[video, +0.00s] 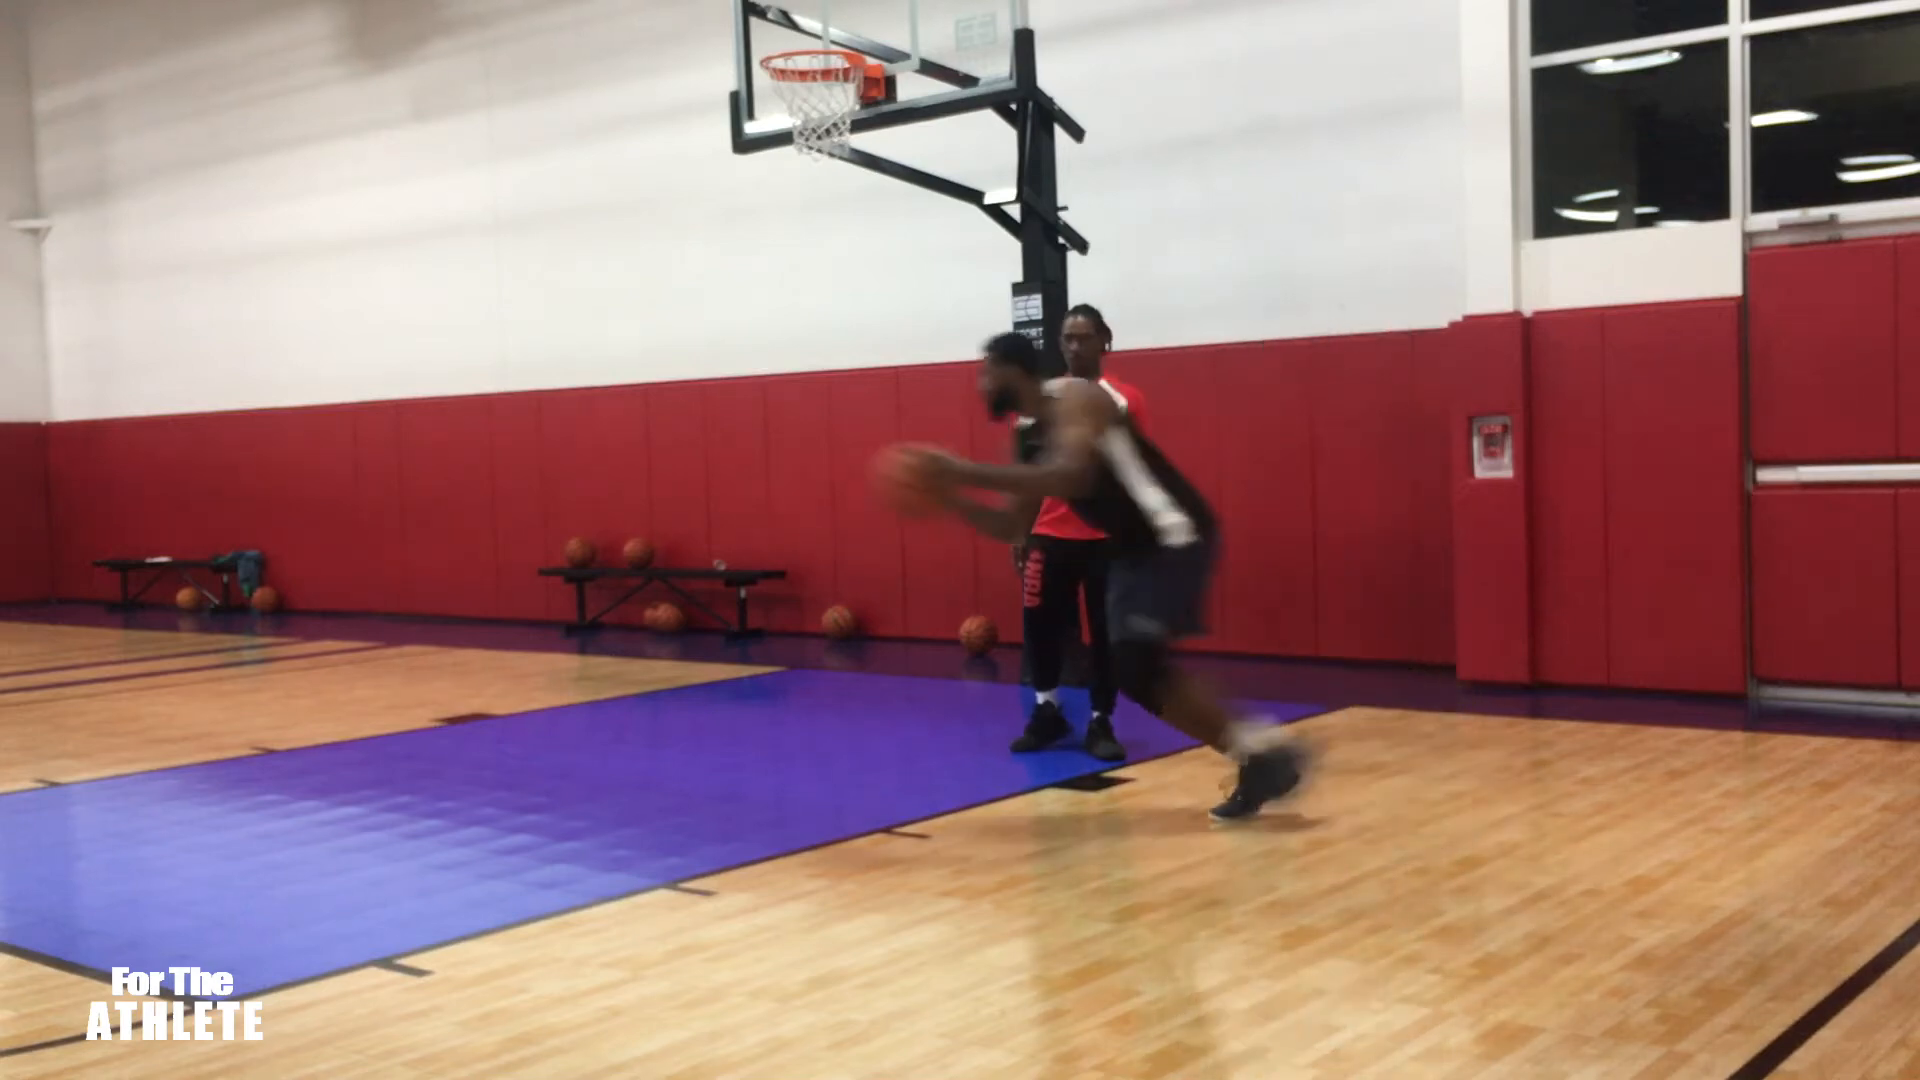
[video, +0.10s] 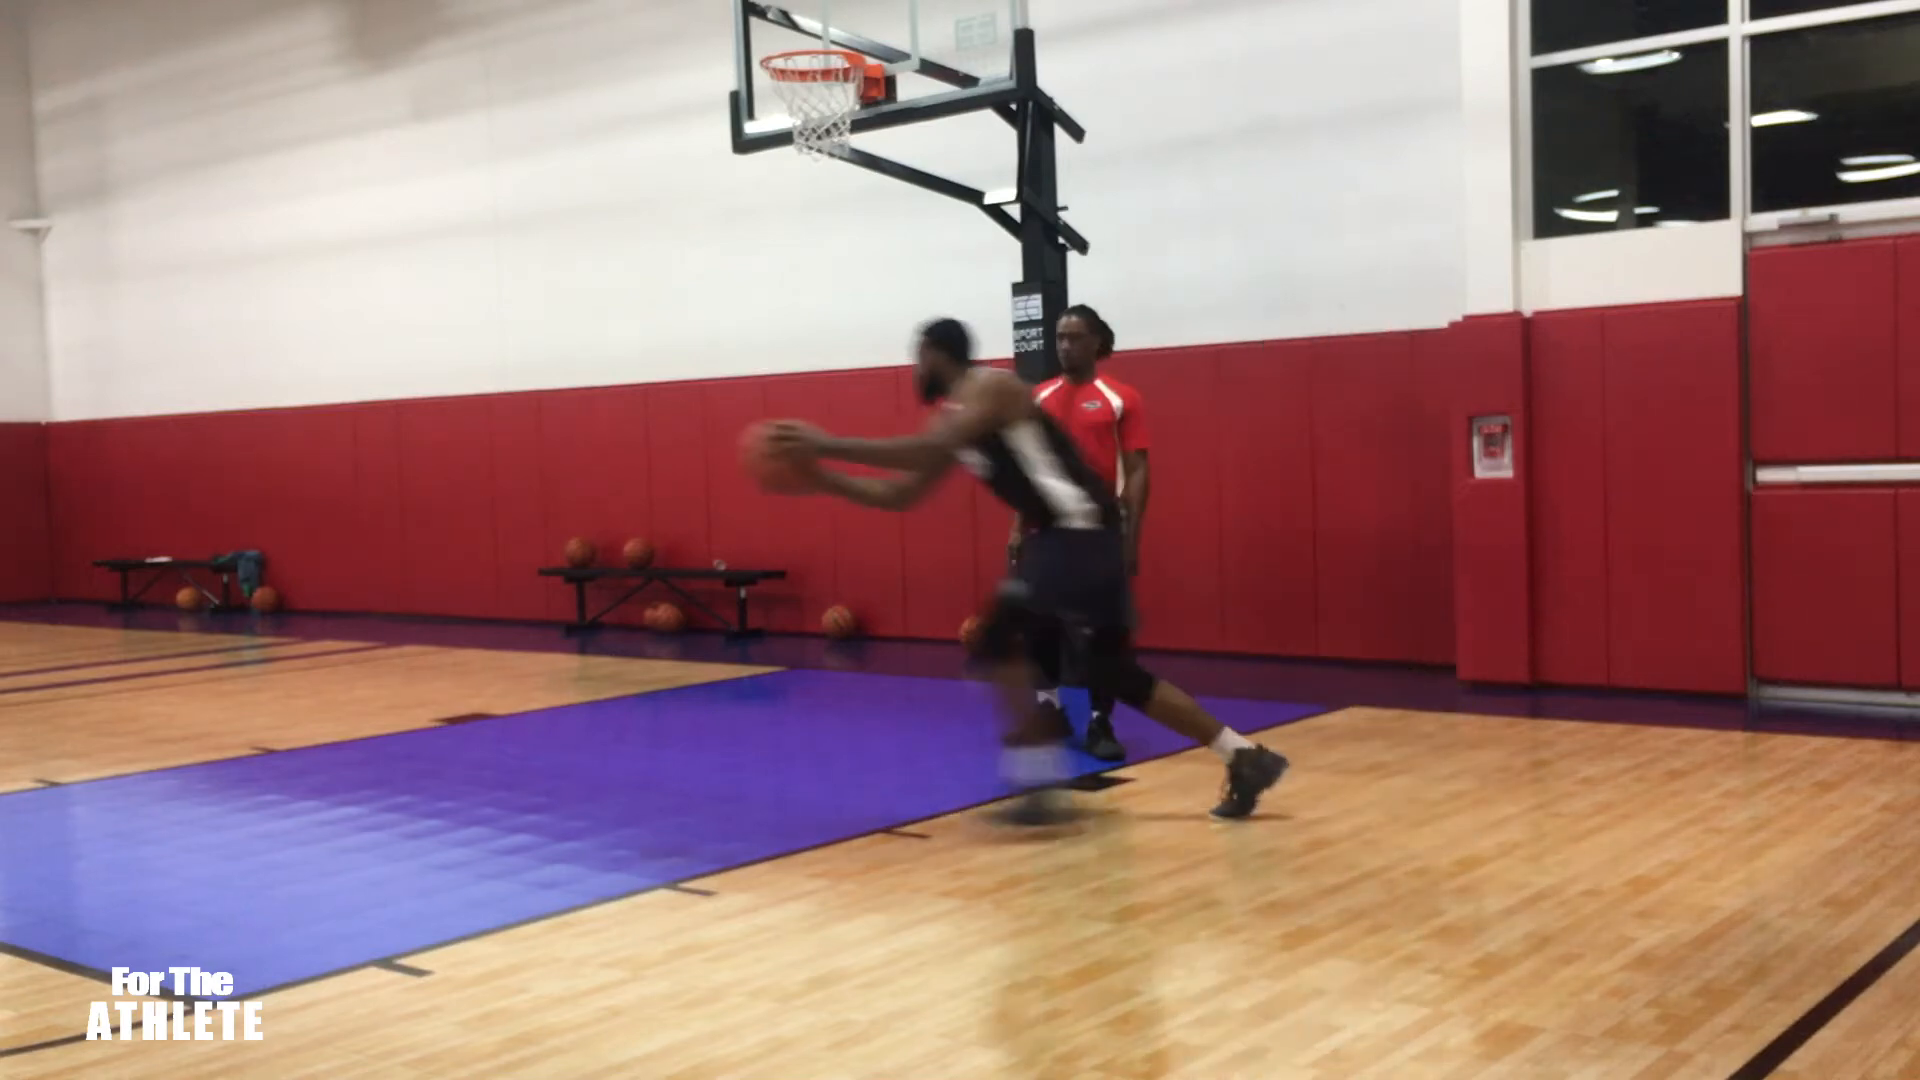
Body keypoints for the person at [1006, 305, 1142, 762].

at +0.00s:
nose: (1075, 347)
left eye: (1085, 338)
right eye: (1068, 338)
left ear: (1105, 343)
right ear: (1059, 345)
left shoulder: (1121, 399)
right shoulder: (1042, 400)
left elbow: (1124, 468)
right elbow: (1028, 472)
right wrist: (1021, 532)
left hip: (1104, 533)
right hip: (1051, 529)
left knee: (1106, 627)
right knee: (1042, 618)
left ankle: (1102, 719)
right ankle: (1045, 710)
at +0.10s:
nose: (1065, 345)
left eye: (1075, 337)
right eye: (1060, 337)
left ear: (1100, 343)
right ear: (1055, 343)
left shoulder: (1121, 398)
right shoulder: (1042, 399)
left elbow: (1136, 469)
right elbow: (1030, 471)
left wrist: (1130, 537)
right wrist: (1020, 528)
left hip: (1101, 528)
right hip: (1050, 528)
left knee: (1103, 629)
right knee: (1039, 622)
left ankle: (1101, 719)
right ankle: (1046, 707)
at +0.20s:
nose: (1056, 345)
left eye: (1066, 337)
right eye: (1053, 338)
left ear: (1090, 343)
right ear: (1049, 343)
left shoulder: (1115, 398)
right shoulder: (1037, 399)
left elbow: (1132, 470)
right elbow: (1028, 464)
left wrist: (1128, 537)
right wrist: (1014, 521)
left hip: (1097, 536)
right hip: (1046, 537)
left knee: (1102, 632)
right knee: (1043, 625)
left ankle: (1101, 719)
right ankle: (1053, 709)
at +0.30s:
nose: (1045, 345)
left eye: (1055, 338)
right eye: (1044, 338)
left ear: (1080, 344)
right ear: (1045, 342)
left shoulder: (1107, 399)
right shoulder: (1031, 400)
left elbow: (1125, 470)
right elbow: (1023, 467)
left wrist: (1121, 537)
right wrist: (1009, 529)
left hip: (1090, 538)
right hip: (1042, 539)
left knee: (1095, 632)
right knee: (1043, 628)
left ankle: (1099, 721)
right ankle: (1048, 718)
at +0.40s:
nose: (1036, 345)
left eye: (1046, 338)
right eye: (1036, 337)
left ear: (1072, 345)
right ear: (1039, 343)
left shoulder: (1098, 399)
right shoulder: (1026, 400)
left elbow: (1116, 471)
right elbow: (1019, 468)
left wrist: (1112, 537)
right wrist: (1004, 529)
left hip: (1082, 536)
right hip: (1037, 537)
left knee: (1090, 627)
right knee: (1042, 624)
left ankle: (1099, 720)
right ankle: (1056, 714)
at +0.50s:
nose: (1029, 344)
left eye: (1039, 337)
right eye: (1030, 336)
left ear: (1063, 345)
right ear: (1036, 344)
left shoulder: (1087, 397)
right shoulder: (1021, 401)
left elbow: (1105, 469)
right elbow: (1016, 467)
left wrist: (1098, 538)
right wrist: (999, 529)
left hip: (1072, 537)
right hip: (1030, 537)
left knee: (1084, 626)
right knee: (1037, 623)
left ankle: (1097, 720)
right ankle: (1056, 713)